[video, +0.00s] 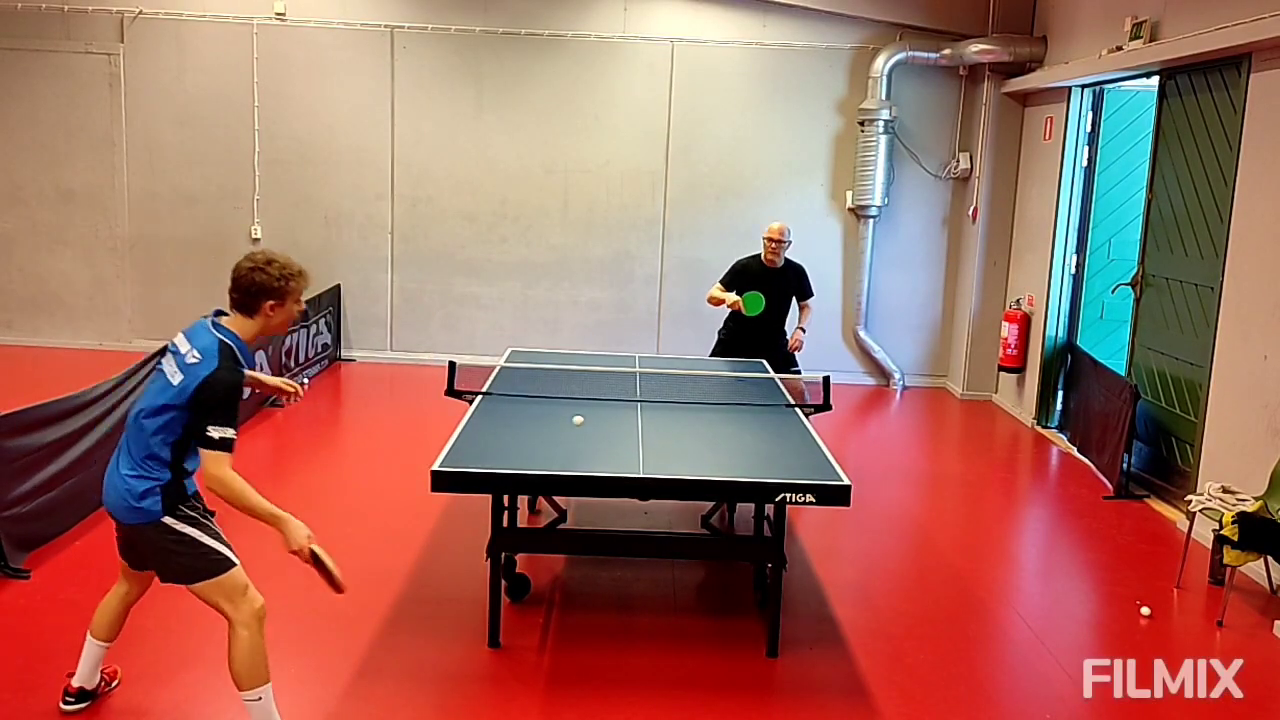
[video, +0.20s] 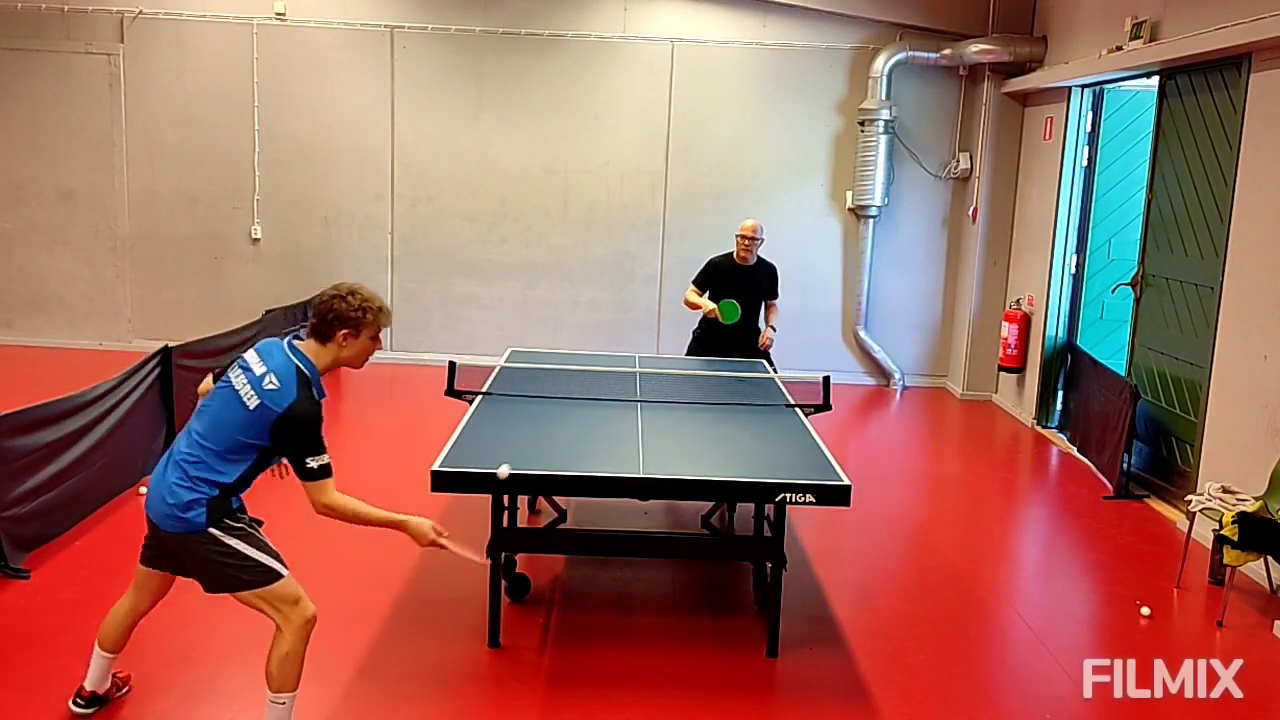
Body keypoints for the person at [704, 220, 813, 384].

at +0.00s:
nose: (773, 246)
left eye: (779, 242)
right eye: (769, 240)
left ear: (788, 245)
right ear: (763, 240)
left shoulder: (796, 272)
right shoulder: (744, 266)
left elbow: (805, 307)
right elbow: (712, 296)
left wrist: (800, 330)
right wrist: (727, 297)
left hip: (773, 343)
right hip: (735, 340)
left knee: (798, 393)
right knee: (708, 385)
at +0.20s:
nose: (746, 243)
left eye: (752, 239)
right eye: (743, 238)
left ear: (761, 243)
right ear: (736, 238)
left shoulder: (768, 271)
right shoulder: (717, 265)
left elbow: (771, 306)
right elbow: (689, 296)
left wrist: (770, 328)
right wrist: (704, 303)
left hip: (746, 343)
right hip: (710, 341)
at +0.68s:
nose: (739, 255)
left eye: (745, 251)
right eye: (735, 249)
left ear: (753, 252)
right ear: (727, 247)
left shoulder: (760, 274)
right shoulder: (709, 271)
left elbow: (767, 309)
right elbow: (685, 305)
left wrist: (763, 329)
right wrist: (697, 322)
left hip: (742, 343)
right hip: (705, 340)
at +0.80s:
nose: (747, 272)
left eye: (752, 268)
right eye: (742, 266)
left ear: (760, 267)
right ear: (735, 262)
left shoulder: (765, 283)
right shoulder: (716, 283)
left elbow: (769, 316)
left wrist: (769, 337)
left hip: (744, 340)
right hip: (712, 338)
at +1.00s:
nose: (760, 270)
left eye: (766, 266)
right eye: (756, 264)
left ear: (773, 264)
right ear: (747, 260)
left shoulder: (773, 279)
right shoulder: (729, 279)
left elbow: (774, 310)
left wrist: (779, 328)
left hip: (752, 338)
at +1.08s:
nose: (762, 262)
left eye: (768, 258)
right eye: (758, 256)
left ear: (774, 257)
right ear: (749, 251)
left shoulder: (775, 274)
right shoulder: (730, 271)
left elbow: (779, 304)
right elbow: (701, 296)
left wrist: (784, 321)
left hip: (757, 339)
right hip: (721, 337)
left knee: (779, 380)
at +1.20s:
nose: (763, 252)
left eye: (769, 247)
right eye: (759, 246)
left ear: (776, 246)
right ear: (750, 241)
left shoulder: (778, 266)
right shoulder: (734, 263)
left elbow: (785, 298)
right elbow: (705, 272)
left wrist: (790, 313)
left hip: (762, 337)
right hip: (726, 335)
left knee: (784, 383)